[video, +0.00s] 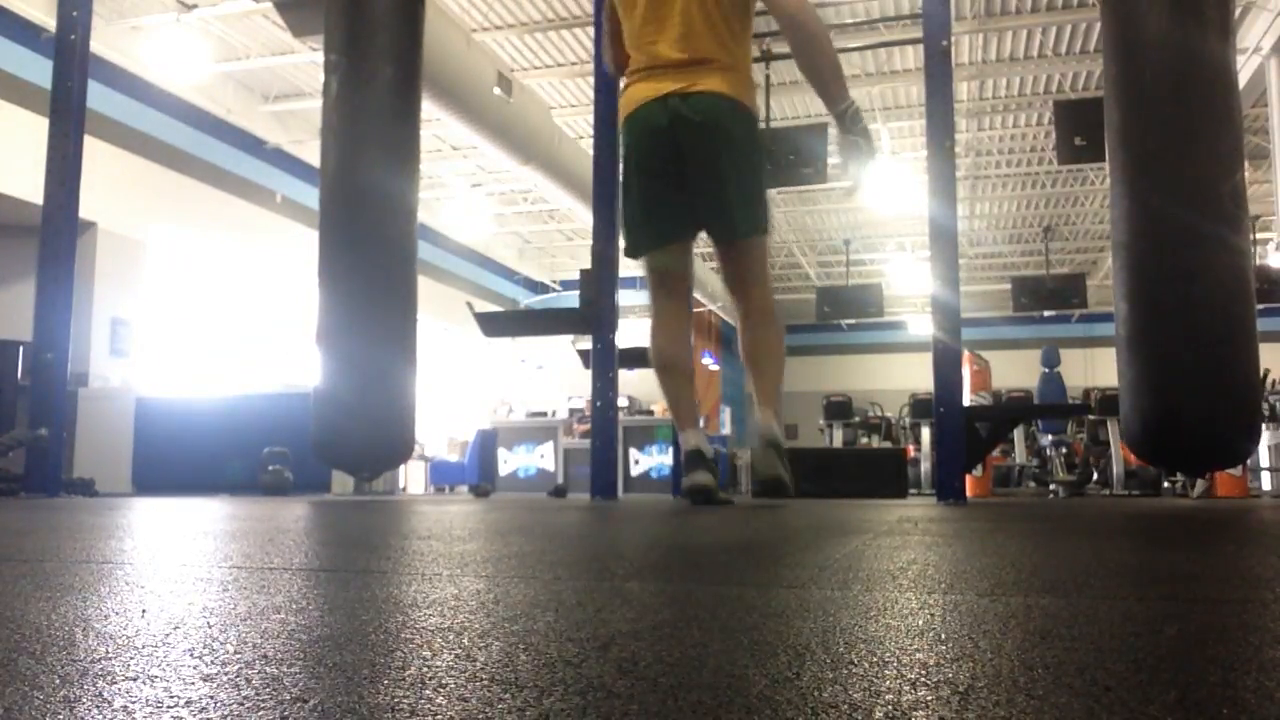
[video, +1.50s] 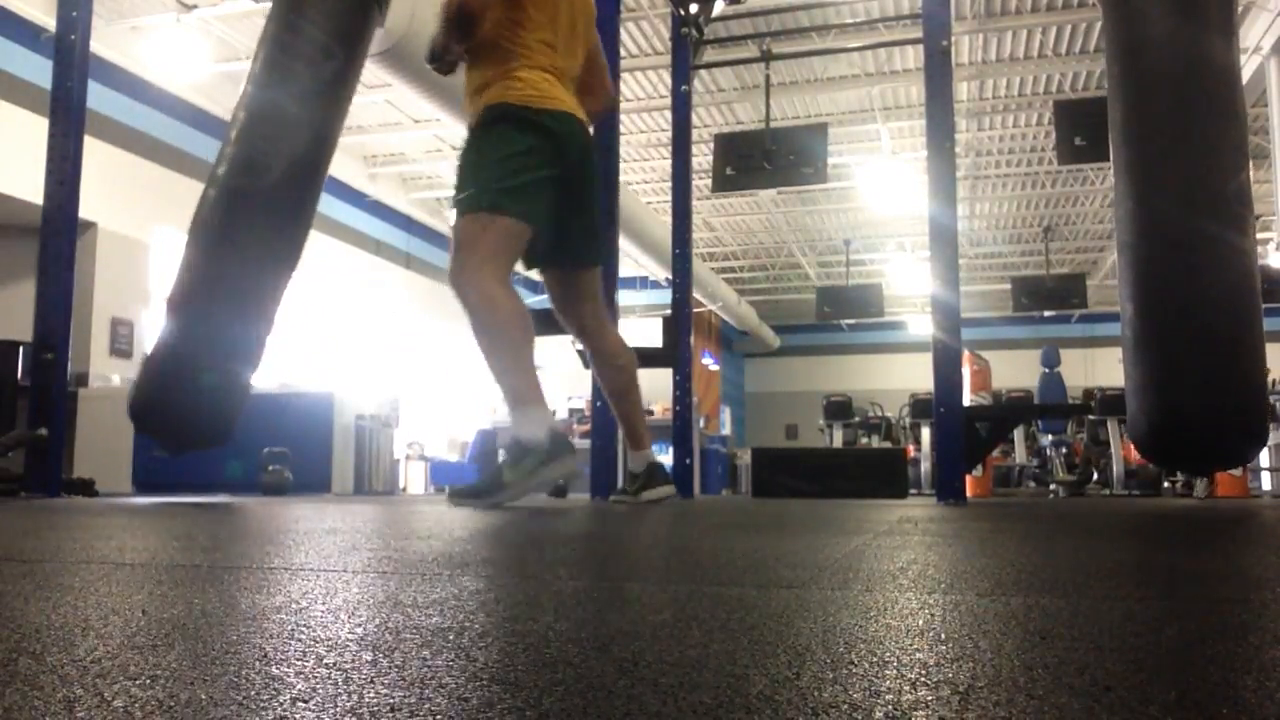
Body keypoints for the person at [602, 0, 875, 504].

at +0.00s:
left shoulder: (619, 1)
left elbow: (615, 58)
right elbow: (801, 24)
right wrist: (848, 116)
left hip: (644, 117)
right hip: (722, 110)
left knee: (668, 295)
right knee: (751, 291)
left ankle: (692, 450)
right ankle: (768, 426)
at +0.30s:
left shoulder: (576, 4)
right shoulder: (690, 2)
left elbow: (552, 55)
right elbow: (770, 46)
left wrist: (599, 31)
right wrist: (812, 110)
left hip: (595, 143)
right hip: (670, 141)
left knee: (536, 302)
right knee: (726, 310)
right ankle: (764, 459)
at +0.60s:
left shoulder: (569, 1)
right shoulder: (588, 9)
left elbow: (535, 33)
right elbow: (562, 75)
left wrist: (464, 7)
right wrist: (494, 91)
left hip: (511, 156)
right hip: (542, 159)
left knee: (441, 307)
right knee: (492, 242)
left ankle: (469, 452)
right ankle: (608, 286)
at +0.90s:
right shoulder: (579, 9)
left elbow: (433, 23)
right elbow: (590, 102)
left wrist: (415, 4)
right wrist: (538, 119)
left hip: (482, 150)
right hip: (539, 155)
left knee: (444, 307)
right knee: (477, 236)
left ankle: (463, 450)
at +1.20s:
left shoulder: (523, 1)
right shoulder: (589, 9)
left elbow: (476, 39)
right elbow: (534, 73)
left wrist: (436, 23)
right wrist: (478, 47)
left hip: (529, 140)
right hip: (594, 142)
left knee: (460, 290)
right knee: (612, 311)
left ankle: (492, 434)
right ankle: (647, 463)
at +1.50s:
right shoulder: (578, 7)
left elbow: (466, 21)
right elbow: (600, 92)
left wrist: (445, 51)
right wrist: (551, 122)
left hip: (516, 116)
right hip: (577, 139)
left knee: (478, 271)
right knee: (584, 308)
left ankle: (535, 439)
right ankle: (644, 463)